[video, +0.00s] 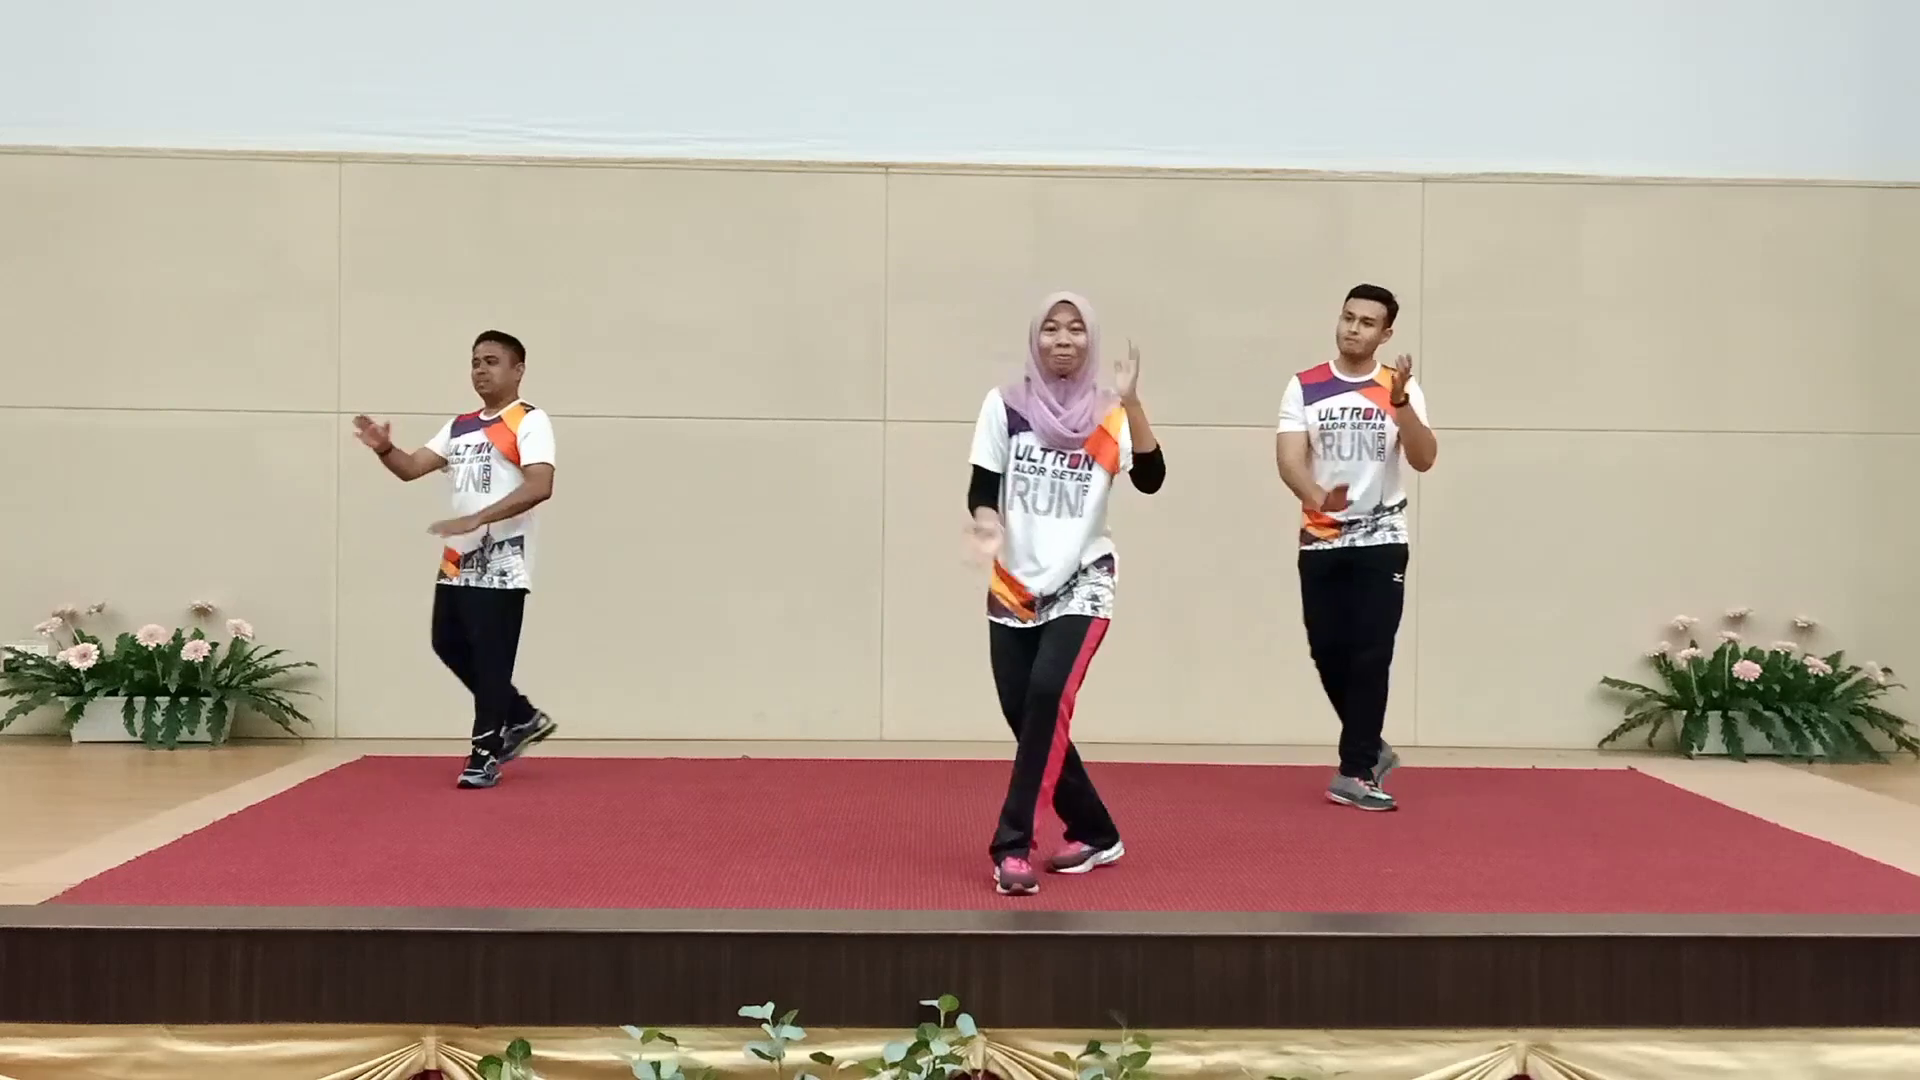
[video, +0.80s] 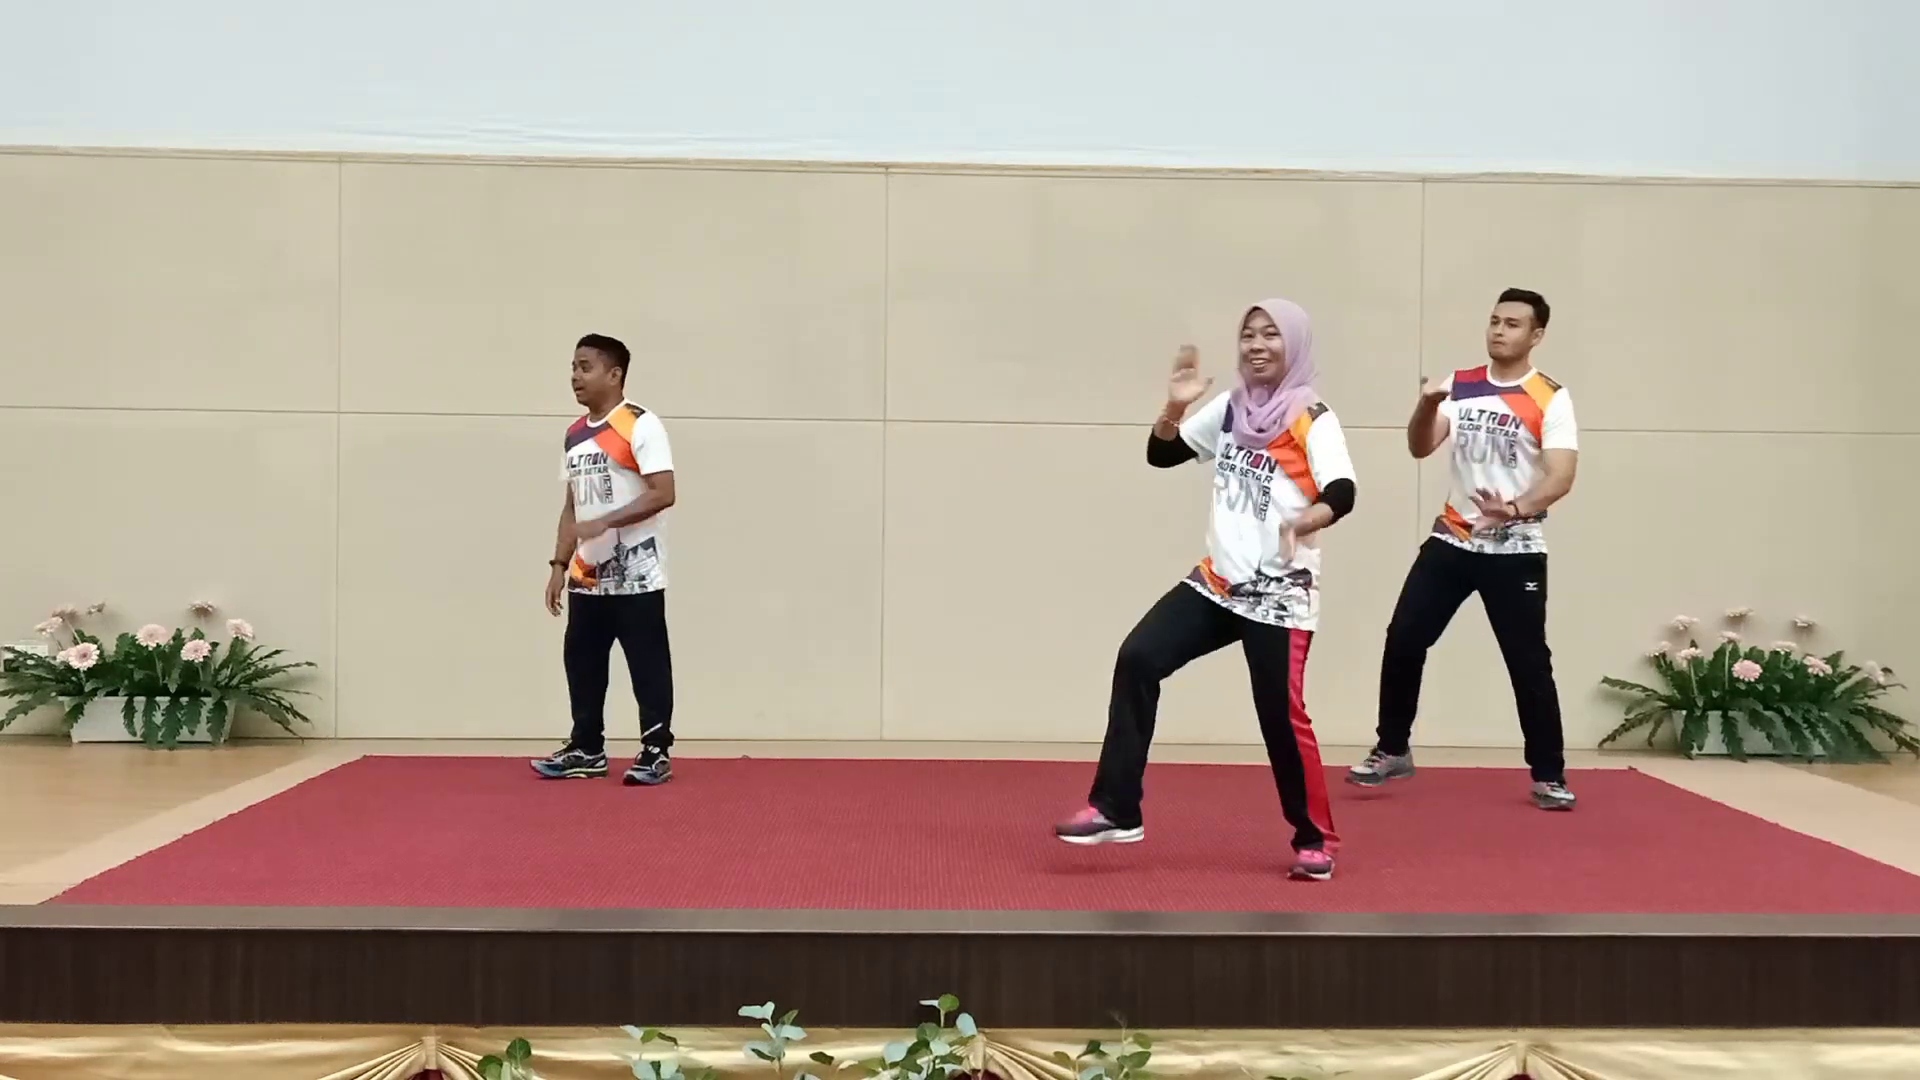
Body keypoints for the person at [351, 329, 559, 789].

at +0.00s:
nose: (480, 370)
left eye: (491, 362)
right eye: (476, 363)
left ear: (517, 370)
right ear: (471, 371)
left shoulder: (530, 421)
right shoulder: (461, 426)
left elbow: (539, 486)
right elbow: (412, 468)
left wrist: (477, 518)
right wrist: (385, 449)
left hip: (500, 568)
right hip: (456, 564)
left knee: (491, 660)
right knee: (448, 644)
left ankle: (485, 755)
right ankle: (520, 717)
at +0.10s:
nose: (495, 373)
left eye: (506, 365)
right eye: (491, 366)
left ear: (533, 372)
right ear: (488, 373)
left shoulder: (544, 424)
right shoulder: (478, 430)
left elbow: (550, 491)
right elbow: (440, 483)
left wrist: (493, 540)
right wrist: (423, 450)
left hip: (518, 567)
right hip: (483, 568)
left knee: (495, 658)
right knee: (509, 656)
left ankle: (486, 754)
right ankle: (567, 735)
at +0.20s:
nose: (509, 377)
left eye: (520, 370)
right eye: (506, 370)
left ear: (548, 378)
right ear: (503, 377)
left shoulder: (558, 427)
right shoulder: (497, 436)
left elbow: (562, 492)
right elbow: (468, 502)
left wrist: (518, 546)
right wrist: (461, 470)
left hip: (541, 565)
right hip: (518, 566)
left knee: (504, 655)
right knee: (548, 657)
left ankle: (489, 755)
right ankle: (584, 750)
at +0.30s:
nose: (520, 375)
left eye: (531, 367)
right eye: (518, 367)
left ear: (560, 376)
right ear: (517, 375)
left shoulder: (573, 423)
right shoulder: (514, 435)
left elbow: (579, 487)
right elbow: (495, 512)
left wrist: (532, 532)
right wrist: (493, 493)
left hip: (564, 559)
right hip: (541, 561)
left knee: (523, 640)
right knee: (563, 655)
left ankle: (522, 746)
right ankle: (585, 751)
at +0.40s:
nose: (532, 372)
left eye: (543, 364)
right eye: (532, 365)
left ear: (572, 372)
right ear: (536, 372)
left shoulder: (589, 419)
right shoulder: (529, 430)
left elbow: (601, 482)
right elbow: (520, 489)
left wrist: (542, 508)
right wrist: (514, 509)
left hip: (581, 553)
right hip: (551, 557)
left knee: (554, 638)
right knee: (554, 642)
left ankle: (583, 742)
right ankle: (574, 739)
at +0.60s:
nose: (552, 375)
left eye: (562, 366)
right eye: (551, 366)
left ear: (592, 374)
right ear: (556, 374)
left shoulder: (615, 424)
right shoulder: (554, 433)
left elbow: (631, 487)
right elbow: (546, 498)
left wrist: (563, 482)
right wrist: (538, 543)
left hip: (602, 568)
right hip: (566, 568)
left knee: (606, 656)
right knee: (573, 661)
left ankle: (646, 743)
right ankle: (585, 751)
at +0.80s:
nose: (575, 376)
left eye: (585, 367)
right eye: (574, 368)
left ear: (615, 374)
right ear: (582, 375)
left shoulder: (642, 425)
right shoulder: (575, 434)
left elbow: (663, 493)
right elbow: (572, 508)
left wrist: (604, 521)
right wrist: (559, 564)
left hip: (637, 578)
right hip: (588, 579)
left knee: (649, 669)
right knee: (582, 666)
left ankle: (656, 754)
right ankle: (587, 751)